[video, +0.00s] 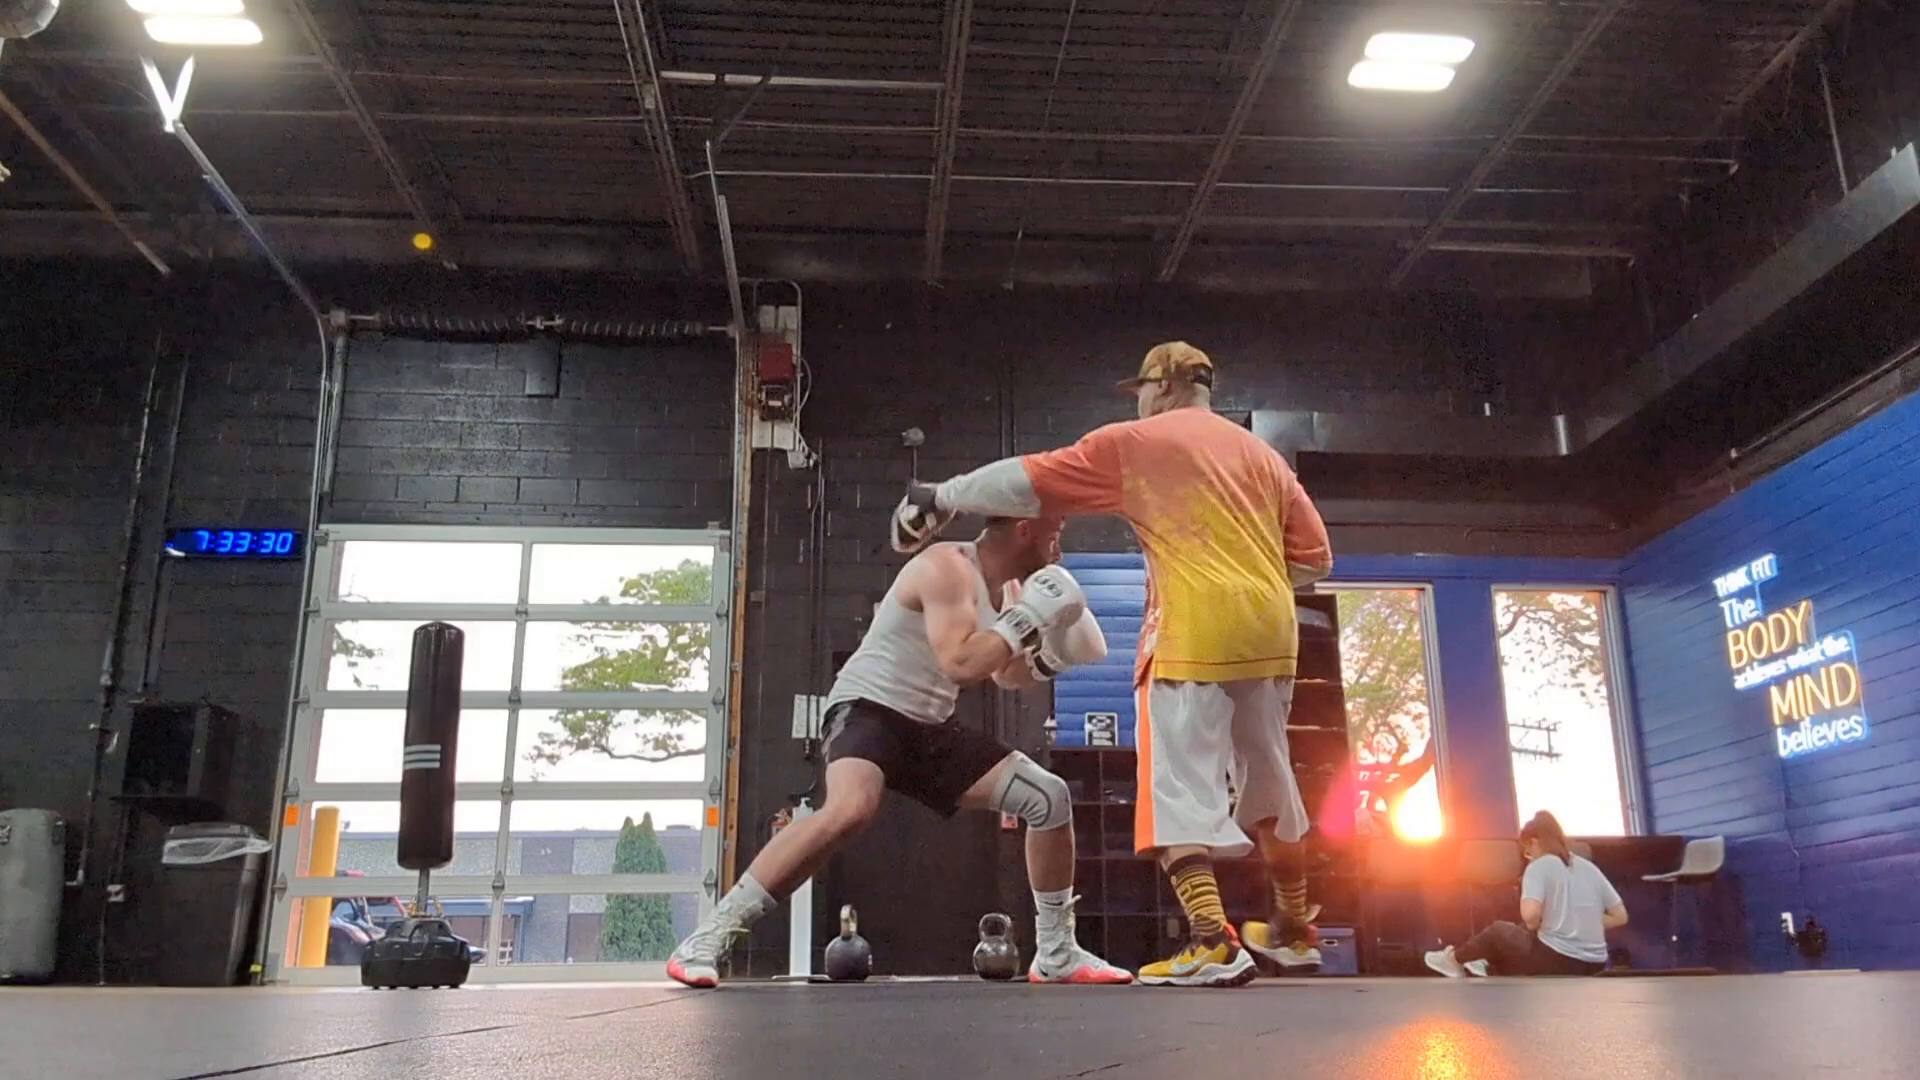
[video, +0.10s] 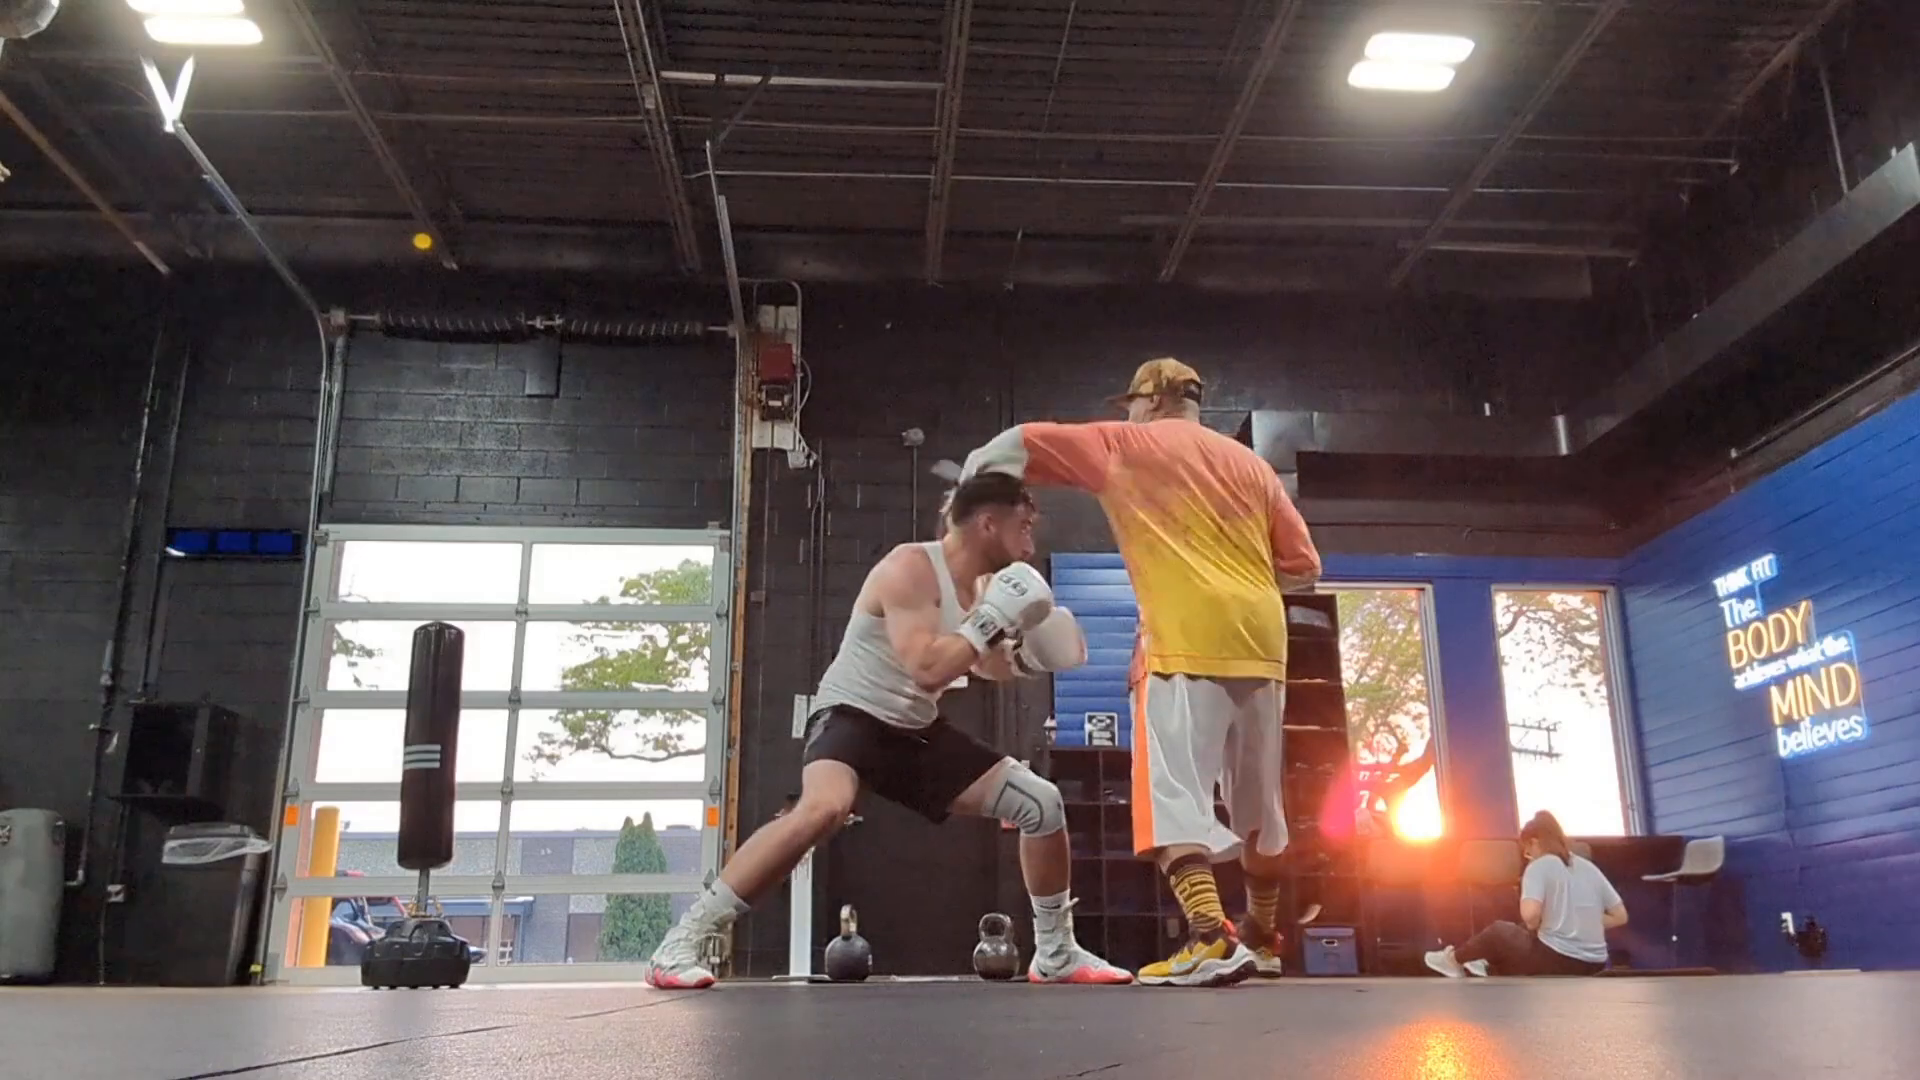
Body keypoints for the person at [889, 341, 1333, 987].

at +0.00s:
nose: (1138, 404)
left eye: (1142, 393)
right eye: (1140, 394)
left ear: (1163, 387)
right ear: (1205, 391)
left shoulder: (1135, 442)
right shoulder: (1261, 453)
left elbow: (1028, 477)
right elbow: (1314, 556)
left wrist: (940, 497)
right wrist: (1240, 577)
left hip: (1193, 623)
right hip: (1273, 623)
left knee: (1178, 779)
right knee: (1271, 770)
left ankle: (1212, 941)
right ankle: (1295, 930)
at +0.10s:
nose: (1128, 416)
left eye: (1131, 406)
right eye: (1130, 408)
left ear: (1149, 400)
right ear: (1196, 403)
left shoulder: (1127, 441)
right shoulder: (1251, 463)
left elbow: (1022, 439)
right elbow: (1302, 565)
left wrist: (963, 488)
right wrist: (1234, 580)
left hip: (1185, 633)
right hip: (1262, 633)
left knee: (1172, 789)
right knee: (1261, 794)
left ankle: (1209, 941)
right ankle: (1261, 941)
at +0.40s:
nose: (1099, 438)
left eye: (1106, 426)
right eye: (1098, 429)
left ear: (1137, 421)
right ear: (1152, 427)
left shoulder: (1139, 455)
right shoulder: (1191, 477)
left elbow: (1184, 507)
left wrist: (1118, 557)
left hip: (1164, 649)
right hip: (1220, 651)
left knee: (1093, 773)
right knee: (1216, 797)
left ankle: (1166, 892)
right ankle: (1244, 943)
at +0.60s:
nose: (1064, 441)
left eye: (1076, 430)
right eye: (1063, 433)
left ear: (1112, 431)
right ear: (1073, 443)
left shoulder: (1132, 466)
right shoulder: (1093, 508)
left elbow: (1199, 519)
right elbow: (1039, 571)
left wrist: (1120, 525)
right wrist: (1001, 522)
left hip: (1118, 666)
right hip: (1155, 671)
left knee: (1066, 789)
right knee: (1191, 797)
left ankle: (1070, 940)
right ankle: (1241, 936)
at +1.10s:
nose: (965, 475)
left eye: (976, 464)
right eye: (957, 467)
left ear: (1002, 471)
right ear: (947, 480)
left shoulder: (1032, 513)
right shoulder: (947, 550)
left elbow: (1025, 559)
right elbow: (931, 633)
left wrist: (947, 568)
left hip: (1036, 688)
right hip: (975, 700)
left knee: (990, 787)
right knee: (936, 810)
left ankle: (1049, 928)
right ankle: (933, 949)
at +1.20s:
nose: (951, 483)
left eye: (960, 472)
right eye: (941, 475)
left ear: (982, 481)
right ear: (928, 489)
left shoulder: (1012, 520)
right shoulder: (922, 555)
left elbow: (1021, 578)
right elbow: (914, 628)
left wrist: (950, 619)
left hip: (1029, 680)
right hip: (961, 699)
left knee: (998, 770)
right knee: (924, 810)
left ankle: (1062, 928)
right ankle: (931, 944)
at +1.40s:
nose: (957, 480)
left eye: (966, 469)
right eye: (948, 471)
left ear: (984, 479)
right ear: (933, 483)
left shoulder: (1020, 535)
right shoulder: (929, 550)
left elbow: (1082, 601)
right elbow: (922, 625)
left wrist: (1023, 635)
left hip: (1033, 709)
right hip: (965, 719)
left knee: (1048, 786)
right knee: (918, 813)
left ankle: (1145, 923)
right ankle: (934, 944)